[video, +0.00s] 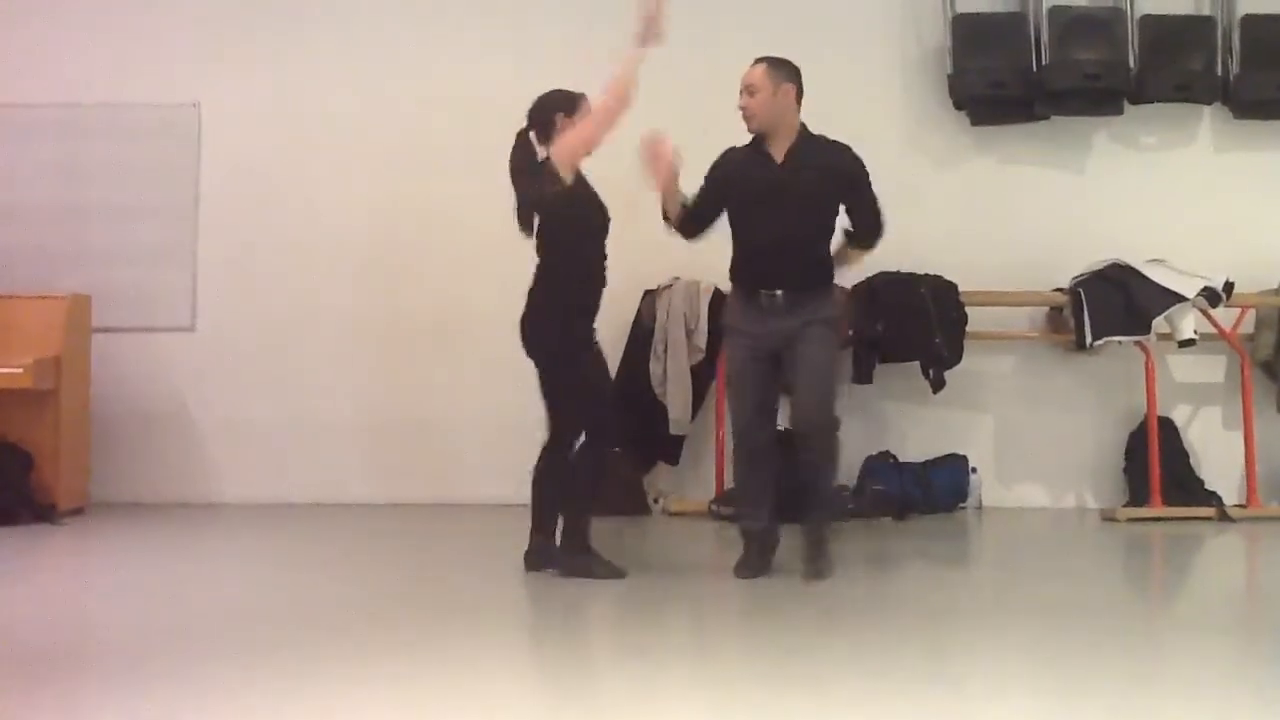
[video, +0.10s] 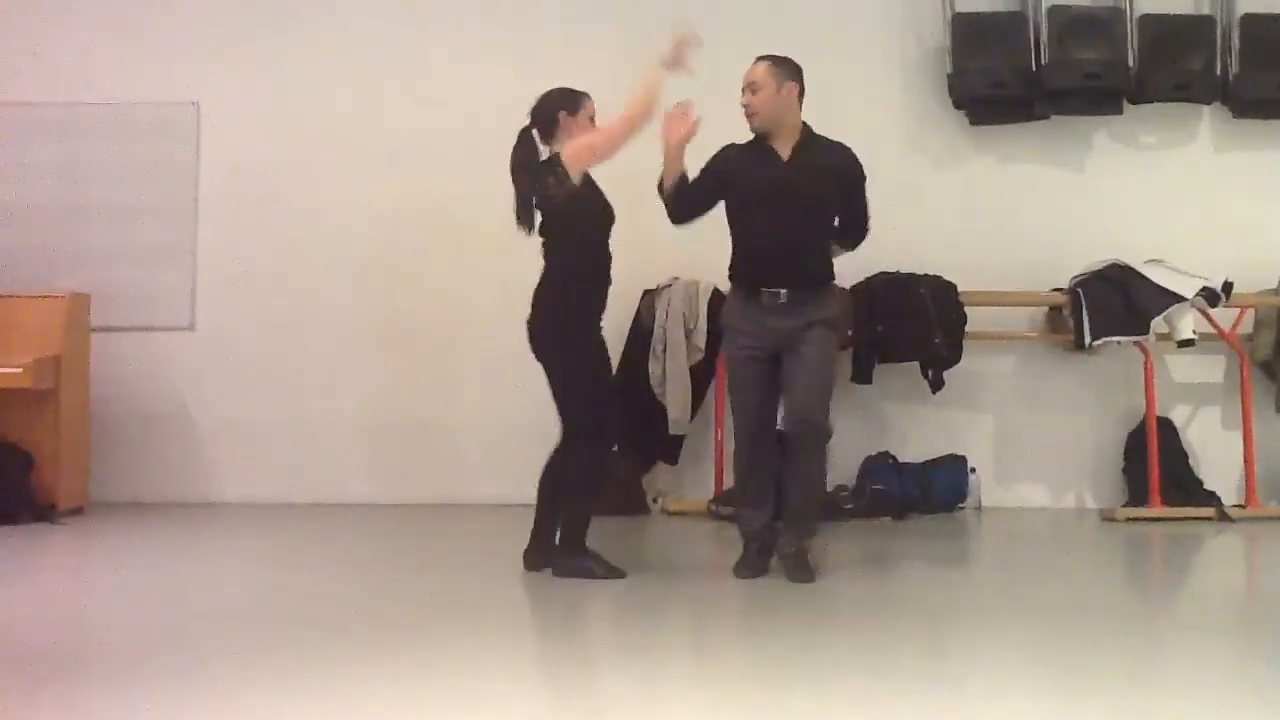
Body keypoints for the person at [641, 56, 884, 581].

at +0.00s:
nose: (741, 103)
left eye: (751, 93)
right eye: (741, 94)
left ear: (789, 96)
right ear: (756, 100)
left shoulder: (837, 161)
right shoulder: (734, 164)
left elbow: (868, 229)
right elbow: (690, 224)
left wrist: (831, 267)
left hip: (812, 313)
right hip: (748, 314)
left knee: (814, 421)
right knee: (750, 431)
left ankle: (816, 529)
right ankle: (757, 539)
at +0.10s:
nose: (744, 100)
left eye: (754, 90)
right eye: (743, 92)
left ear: (792, 94)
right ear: (750, 100)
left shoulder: (838, 161)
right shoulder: (734, 161)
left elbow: (852, 232)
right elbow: (681, 210)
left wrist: (811, 240)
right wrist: (672, 154)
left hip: (812, 313)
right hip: (748, 313)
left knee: (808, 423)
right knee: (750, 429)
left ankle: (796, 541)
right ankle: (756, 539)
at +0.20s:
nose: (748, 99)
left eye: (758, 90)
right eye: (746, 91)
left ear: (795, 95)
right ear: (750, 101)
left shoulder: (837, 163)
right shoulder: (736, 159)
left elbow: (848, 238)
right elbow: (680, 197)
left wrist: (798, 244)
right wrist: (681, 132)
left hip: (814, 312)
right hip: (751, 311)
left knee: (804, 428)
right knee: (751, 430)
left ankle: (793, 543)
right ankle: (755, 539)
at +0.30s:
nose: (749, 96)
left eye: (759, 87)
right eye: (747, 89)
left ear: (796, 92)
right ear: (752, 99)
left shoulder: (838, 162)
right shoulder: (737, 157)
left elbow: (851, 237)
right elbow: (680, 195)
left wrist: (800, 242)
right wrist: (683, 129)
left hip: (818, 311)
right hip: (754, 309)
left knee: (807, 428)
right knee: (752, 427)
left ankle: (792, 542)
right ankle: (753, 536)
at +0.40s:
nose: (751, 98)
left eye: (761, 89)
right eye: (749, 91)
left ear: (798, 94)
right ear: (754, 101)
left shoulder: (841, 164)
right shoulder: (740, 161)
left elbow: (856, 240)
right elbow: (684, 199)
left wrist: (804, 234)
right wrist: (686, 136)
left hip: (822, 311)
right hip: (758, 310)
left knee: (814, 430)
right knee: (753, 427)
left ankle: (792, 543)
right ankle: (749, 536)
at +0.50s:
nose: (752, 104)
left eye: (762, 94)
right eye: (750, 96)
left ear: (799, 99)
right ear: (754, 104)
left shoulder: (845, 168)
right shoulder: (742, 168)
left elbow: (864, 243)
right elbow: (690, 214)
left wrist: (814, 242)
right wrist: (687, 150)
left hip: (824, 320)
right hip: (759, 318)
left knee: (814, 435)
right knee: (738, 422)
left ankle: (794, 547)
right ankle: (746, 528)